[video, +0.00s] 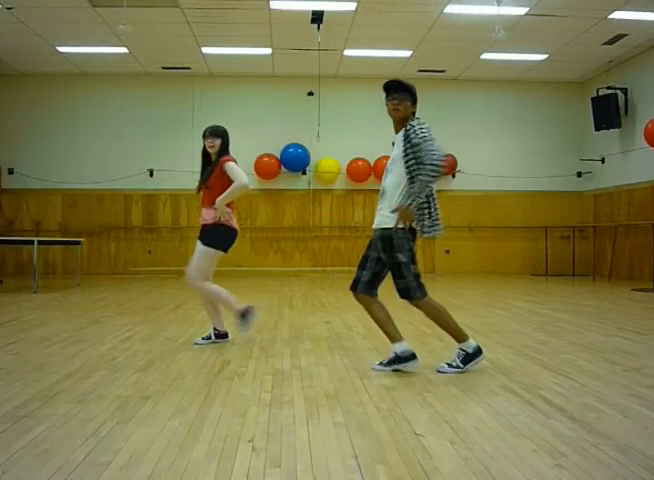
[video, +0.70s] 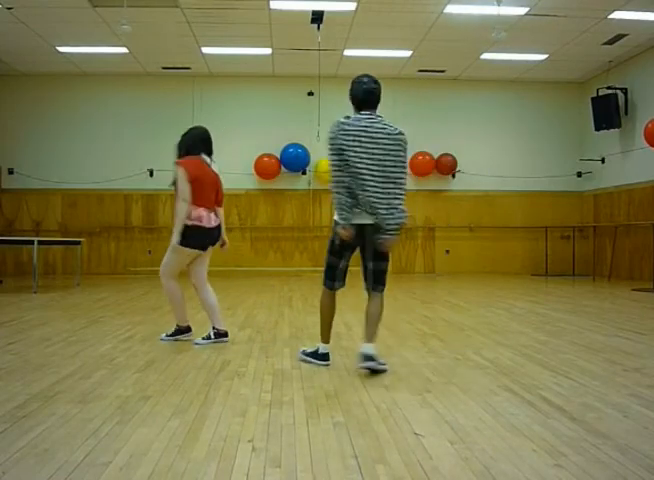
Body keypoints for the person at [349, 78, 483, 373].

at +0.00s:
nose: (393, 105)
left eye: (399, 101)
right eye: (389, 101)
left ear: (412, 105)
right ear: (386, 106)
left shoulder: (417, 131)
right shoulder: (401, 137)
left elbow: (434, 166)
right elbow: (408, 175)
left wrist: (410, 205)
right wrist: (393, 205)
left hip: (399, 227)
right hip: (384, 228)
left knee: (413, 293)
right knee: (362, 290)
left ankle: (468, 347)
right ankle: (401, 350)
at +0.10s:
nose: (390, 111)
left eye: (396, 105)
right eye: (386, 107)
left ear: (409, 107)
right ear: (384, 111)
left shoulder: (414, 133)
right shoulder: (402, 137)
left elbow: (394, 168)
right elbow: (393, 177)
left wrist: (369, 197)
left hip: (393, 224)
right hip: (380, 222)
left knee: (379, 296)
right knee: (364, 293)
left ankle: (448, 332)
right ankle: (403, 351)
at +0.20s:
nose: (382, 112)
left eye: (388, 105)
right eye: (378, 108)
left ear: (402, 106)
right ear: (377, 110)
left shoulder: (412, 130)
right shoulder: (391, 142)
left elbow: (402, 145)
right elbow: (379, 168)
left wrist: (362, 131)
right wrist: (355, 166)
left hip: (393, 224)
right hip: (383, 223)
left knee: (344, 285)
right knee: (368, 291)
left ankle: (407, 315)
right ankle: (403, 350)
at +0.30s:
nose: (372, 109)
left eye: (376, 103)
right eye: (370, 104)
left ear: (392, 103)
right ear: (379, 106)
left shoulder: (405, 133)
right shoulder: (382, 133)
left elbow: (392, 163)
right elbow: (372, 168)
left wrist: (384, 126)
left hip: (385, 224)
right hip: (385, 224)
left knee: (328, 274)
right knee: (369, 292)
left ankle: (367, 325)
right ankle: (403, 350)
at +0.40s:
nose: (362, 106)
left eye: (367, 100)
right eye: (361, 100)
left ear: (385, 100)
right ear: (372, 102)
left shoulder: (391, 135)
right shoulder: (388, 134)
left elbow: (399, 179)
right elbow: (394, 178)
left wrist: (368, 167)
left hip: (375, 223)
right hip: (384, 224)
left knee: (328, 277)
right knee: (370, 289)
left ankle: (327, 345)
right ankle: (403, 350)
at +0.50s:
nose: (349, 101)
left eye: (354, 97)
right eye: (350, 97)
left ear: (370, 100)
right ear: (372, 101)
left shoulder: (380, 134)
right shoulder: (391, 133)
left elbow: (382, 182)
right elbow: (408, 186)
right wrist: (391, 218)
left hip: (361, 221)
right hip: (379, 224)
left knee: (328, 280)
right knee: (368, 287)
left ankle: (320, 348)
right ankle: (402, 350)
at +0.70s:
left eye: (352, 96)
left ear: (351, 100)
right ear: (379, 100)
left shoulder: (340, 129)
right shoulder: (395, 134)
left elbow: (338, 177)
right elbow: (399, 183)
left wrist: (342, 219)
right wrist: (392, 228)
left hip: (348, 220)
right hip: (383, 223)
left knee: (330, 283)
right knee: (376, 288)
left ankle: (323, 348)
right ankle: (369, 348)